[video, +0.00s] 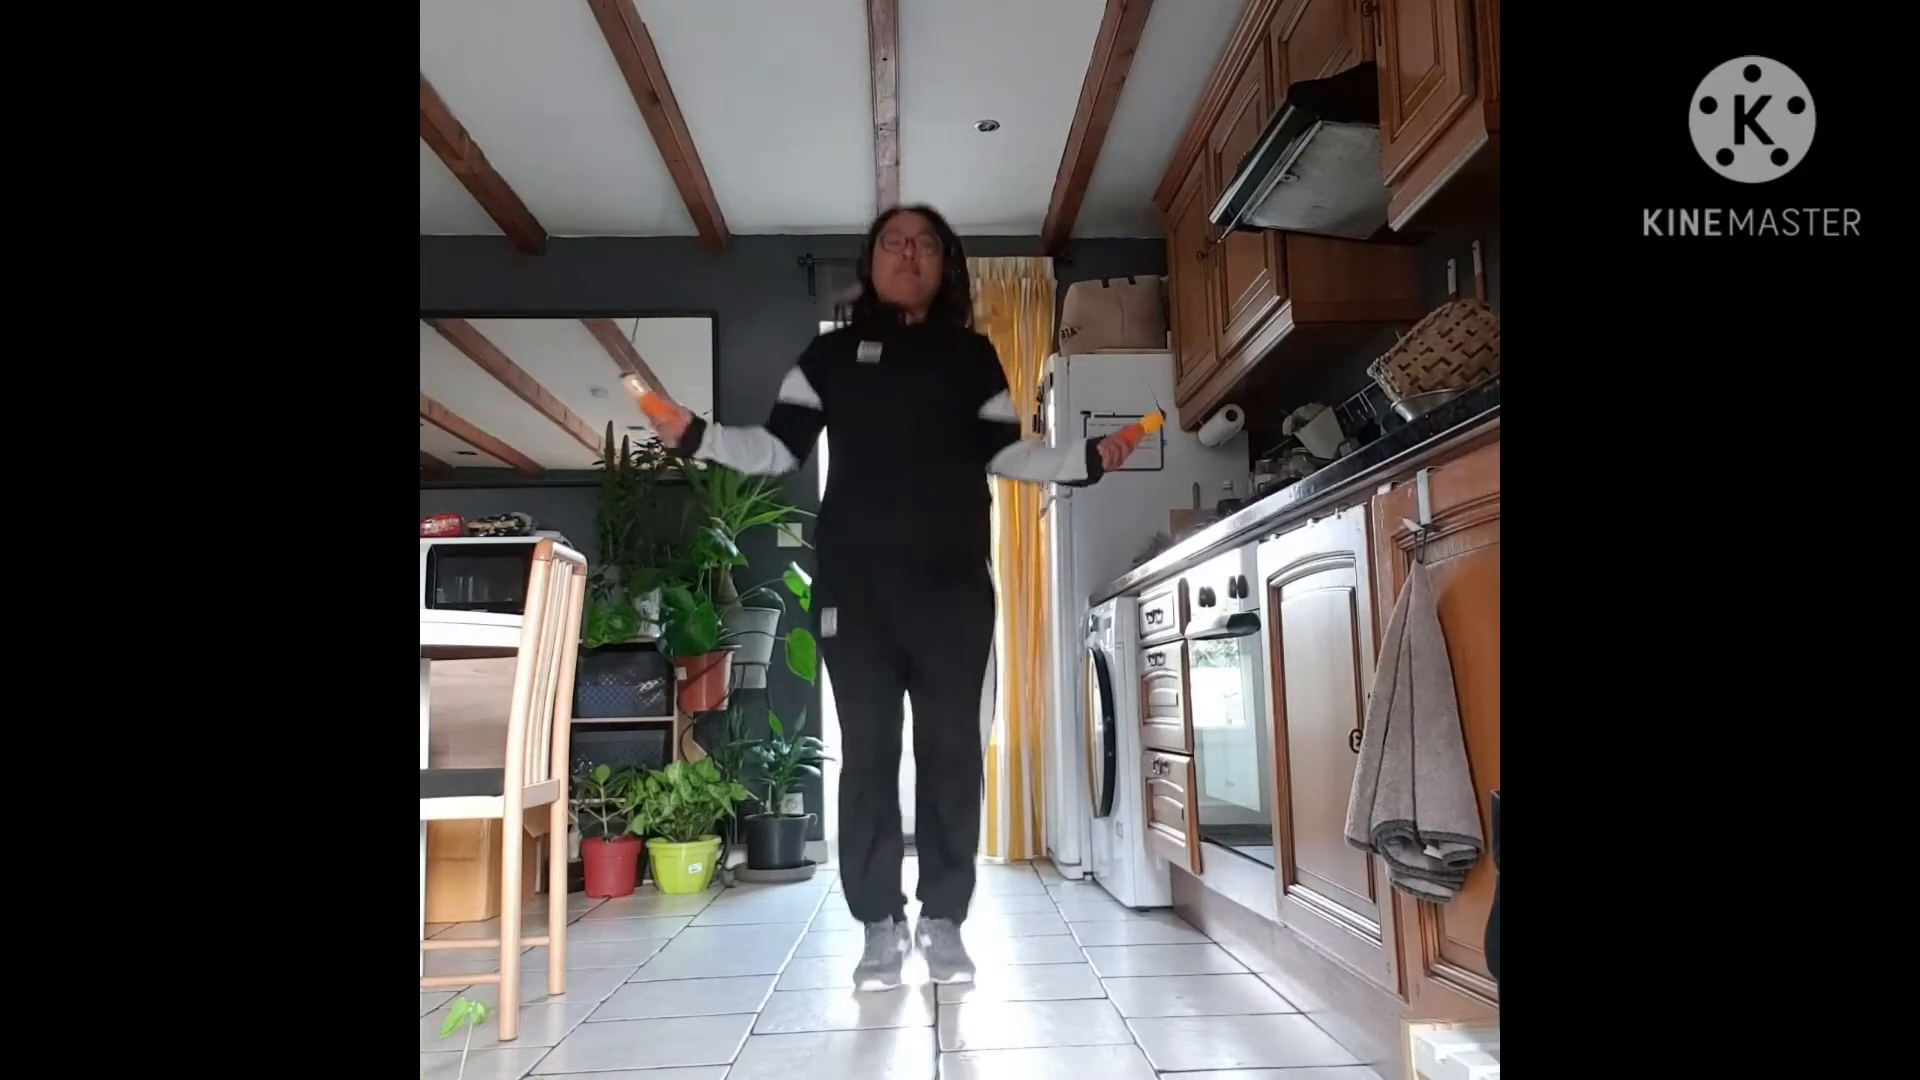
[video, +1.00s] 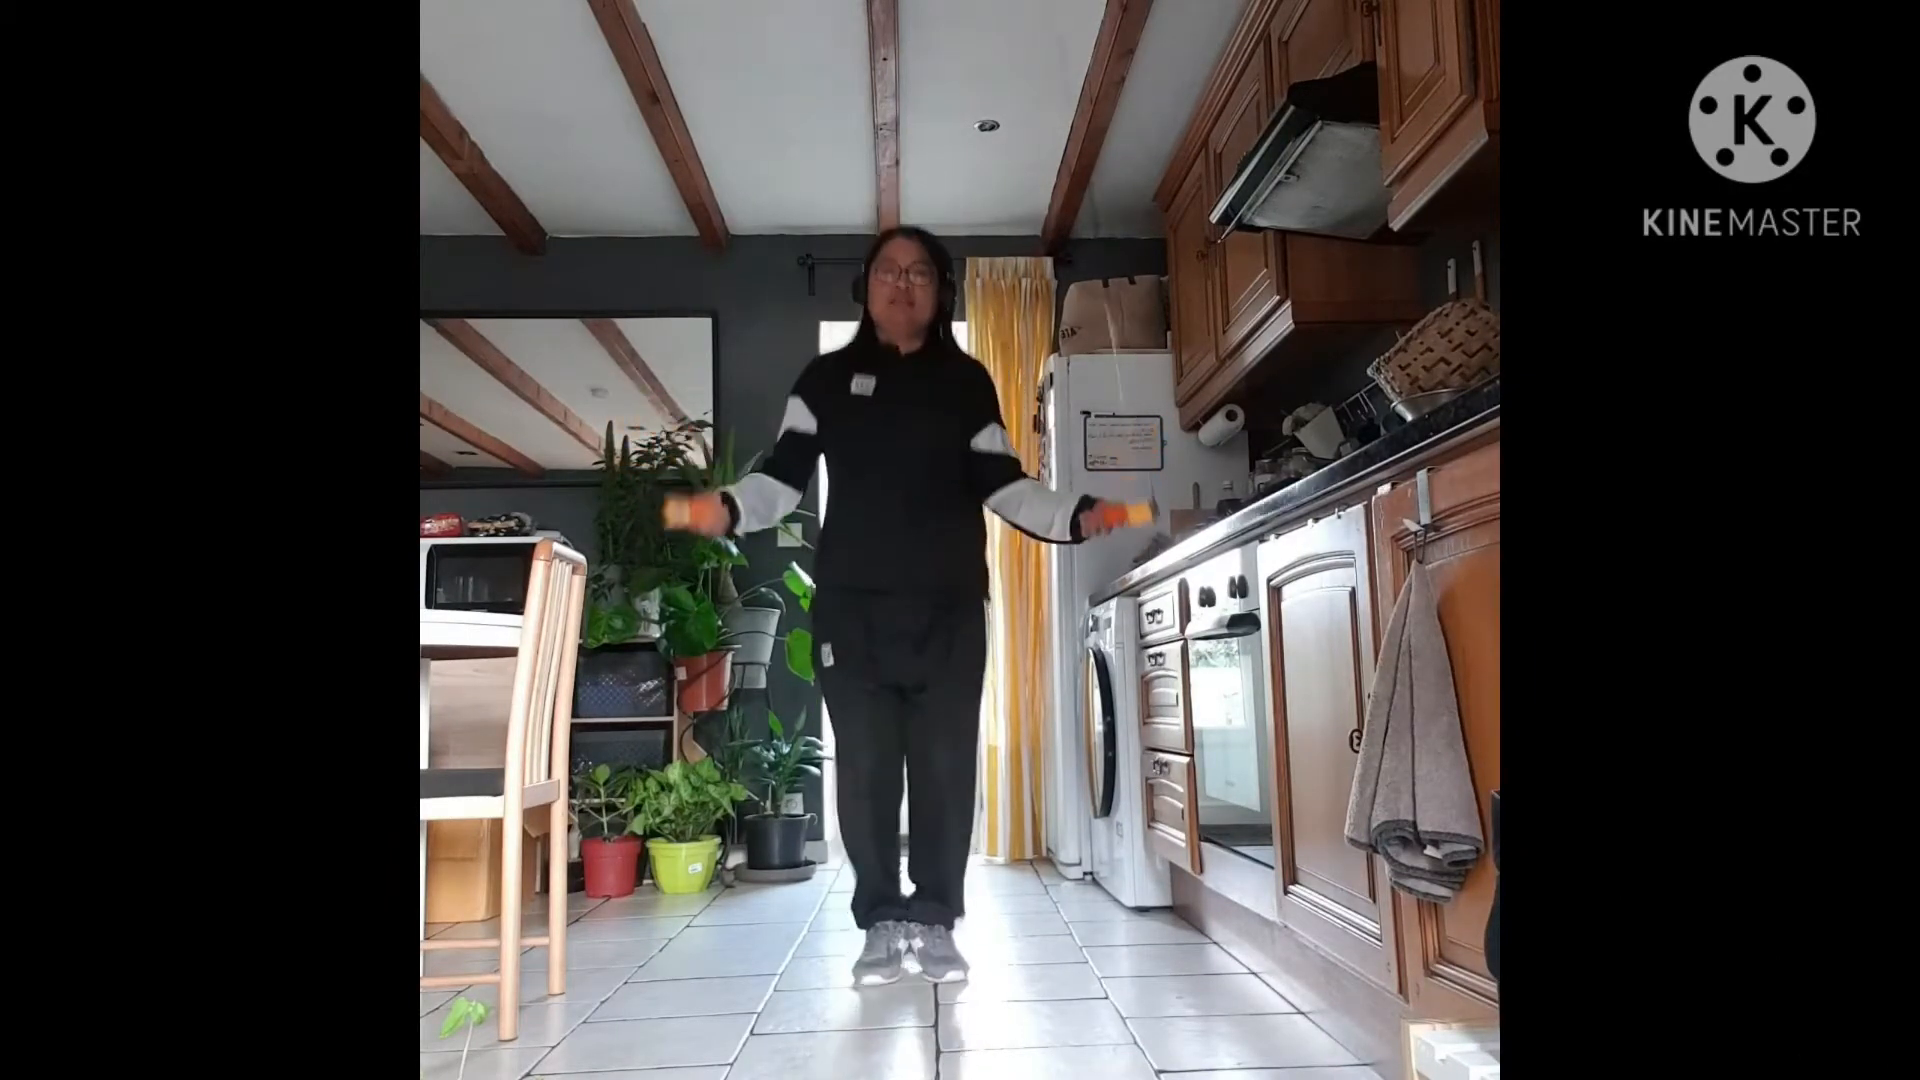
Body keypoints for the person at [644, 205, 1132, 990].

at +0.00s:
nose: (907, 253)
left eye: (923, 243)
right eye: (892, 242)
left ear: (947, 267)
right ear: (868, 264)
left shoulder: (971, 355)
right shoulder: (831, 353)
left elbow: (1006, 454)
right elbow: (777, 448)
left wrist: (1088, 459)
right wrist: (695, 436)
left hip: (952, 582)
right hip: (856, 581)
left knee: (951, 753)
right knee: (868, 755)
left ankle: (944, 922)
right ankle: (880, 926)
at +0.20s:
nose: (904, 229)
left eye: (921, 218)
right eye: (889, 217)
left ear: (943, 242)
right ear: (866, 238)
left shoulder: (968, 332)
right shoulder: (827, 327)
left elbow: (1010, 446)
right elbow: (791, 443)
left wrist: (1073, 507)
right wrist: (728, 500)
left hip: (947, 567)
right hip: (851, 565)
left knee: (947, 740)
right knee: (862, 741)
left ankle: (945, 907)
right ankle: (875, 911)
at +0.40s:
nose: (901, 237)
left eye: (917, 227)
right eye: (885, 225)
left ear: (939, 250)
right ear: (861, 246)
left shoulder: (964, 339)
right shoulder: (825, 337)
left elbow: (1000, 441)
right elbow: (779, 438)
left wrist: (1088, 460)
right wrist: (689, 442)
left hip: (946, 567)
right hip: (850, 565)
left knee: (944, 739)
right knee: (862, 740)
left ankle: (940, 910)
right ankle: (873, 910)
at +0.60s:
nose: (899, 246)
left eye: (915, 236)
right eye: (884, 233)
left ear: (937, 257)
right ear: (861, 252)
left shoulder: (963, 349)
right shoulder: (826, 344)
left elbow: (1001, 452)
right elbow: (783, 454)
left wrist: (1072, 492)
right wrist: (721, 504)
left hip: (944, 579)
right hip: (849, 578)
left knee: (940, 751)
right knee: (857, 752)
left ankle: (935, 916)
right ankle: (871, 917)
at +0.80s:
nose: (901, 223)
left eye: (917, 213)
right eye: (886, 211)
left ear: (939, 234)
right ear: (861, 229)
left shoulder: (964, 319)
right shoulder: (829, 316)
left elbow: (998, 425)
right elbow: (782, 423)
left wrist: (1075, 464)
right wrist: (703, 443)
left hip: (947, 546)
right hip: (851, 544)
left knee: (940, 720)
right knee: (864, 720)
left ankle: (938, 890)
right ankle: (876, 891)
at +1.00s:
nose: (901, 283)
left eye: (918, 272)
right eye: (888, 270)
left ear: (941, 291)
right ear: (866, 287)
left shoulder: (967, 380)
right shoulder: (829, 377)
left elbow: (1001, 483)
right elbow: (783, 477)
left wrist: (1075, 515)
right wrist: (725, 507)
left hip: (949, 599)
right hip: (853, 599)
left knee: (944, 765)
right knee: (867, 765)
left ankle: (935, 922)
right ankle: (881, 923)